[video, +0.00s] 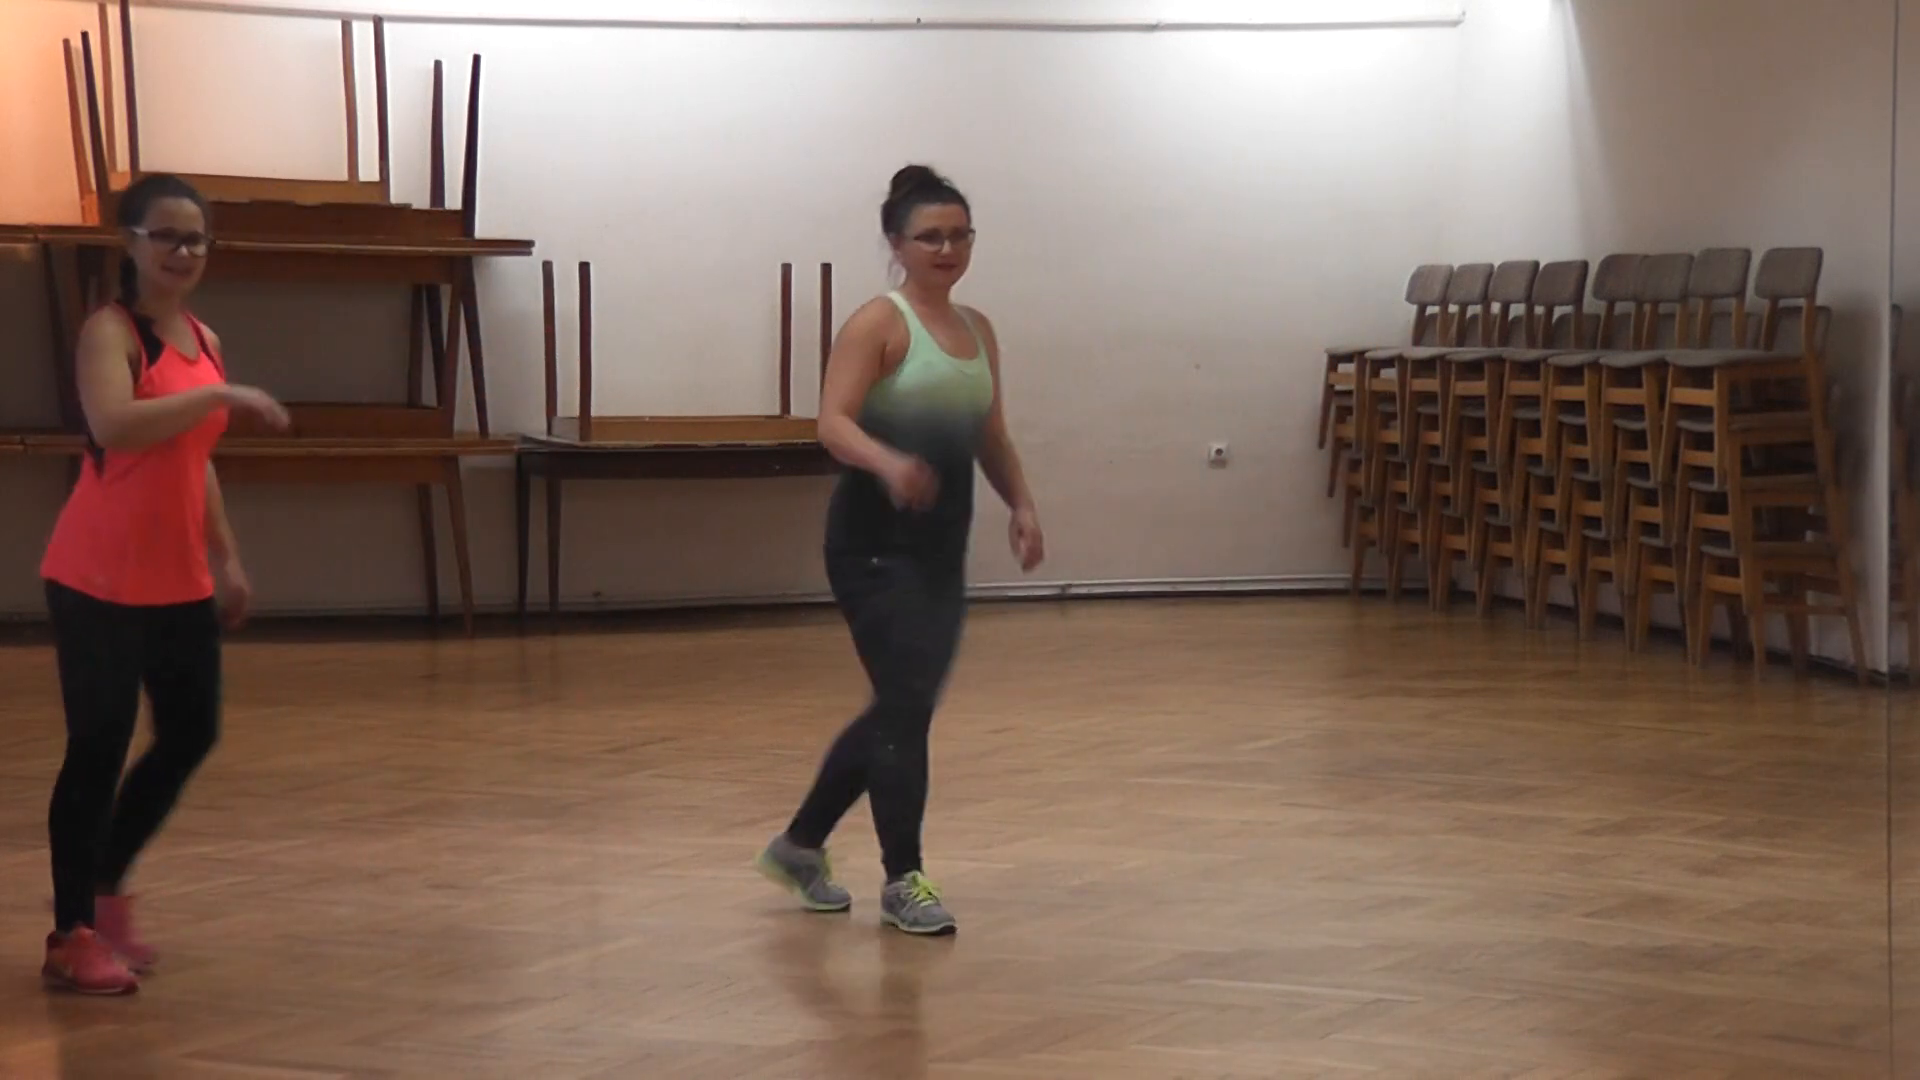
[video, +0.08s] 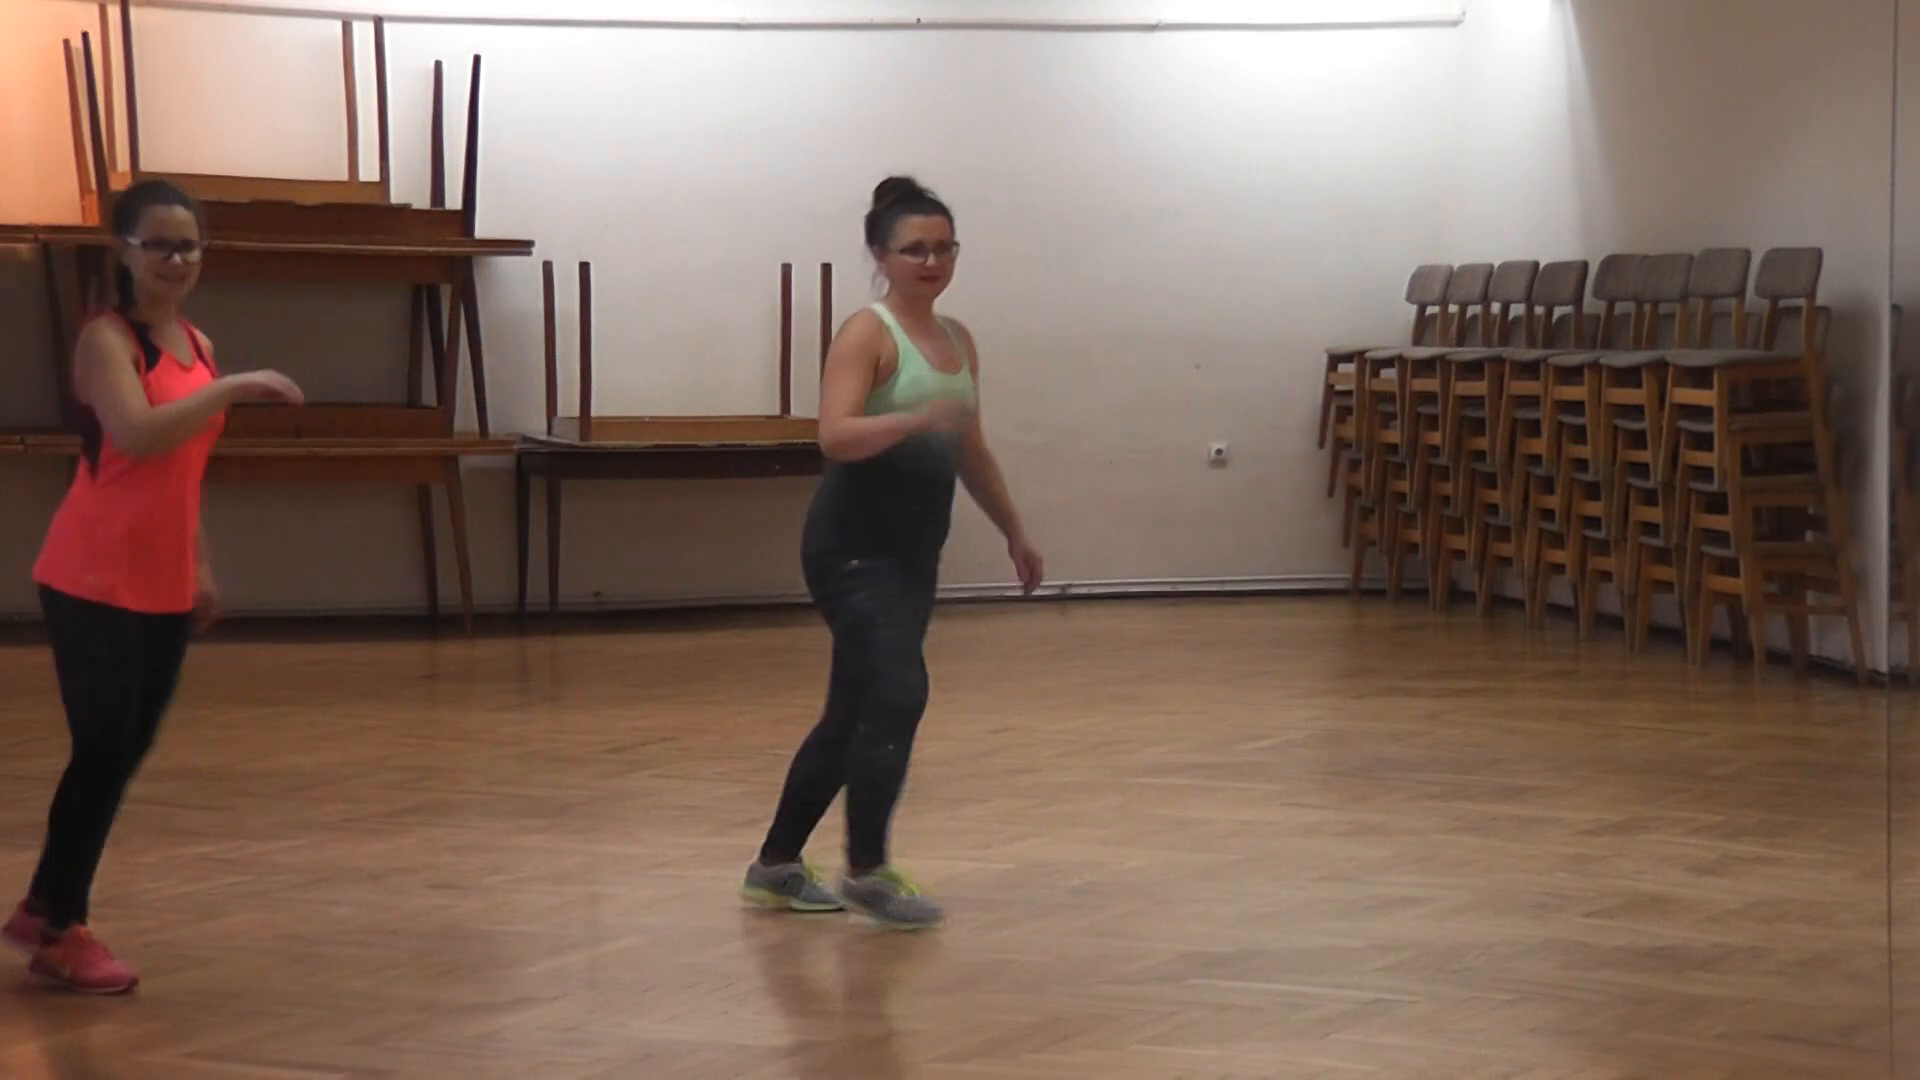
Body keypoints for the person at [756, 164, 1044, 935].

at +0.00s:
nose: (949, 248)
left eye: (960, 234)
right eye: (932, 236)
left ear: (972, 238)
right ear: (896, 243)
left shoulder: (976, 329)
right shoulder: (875, 323)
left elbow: (988, 429)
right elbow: (833, 423)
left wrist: (1021, 502)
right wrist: (888, 462)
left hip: (941, 540)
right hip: (873, 538)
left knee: (905, 702)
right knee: (905, 700)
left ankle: (798, 845)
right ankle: (903, 879)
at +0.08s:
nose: (935, 260)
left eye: (945, 247)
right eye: (917, 248)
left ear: (956, 252)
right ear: (880, 254)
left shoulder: (955, 340)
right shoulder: (864, 333)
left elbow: (971, 451)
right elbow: (834, 437)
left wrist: (1015, 535)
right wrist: (920, 419)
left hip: (913, 551)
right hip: (852, 546)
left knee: (851, 713)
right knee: (899, 691)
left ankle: (775, 864)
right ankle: (867, 871)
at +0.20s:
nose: (920, 261)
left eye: (930, 247)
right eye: (903, 248)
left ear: (939, 252)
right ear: (865, 255)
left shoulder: (924, 334)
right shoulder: (850, 331)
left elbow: (929, 449)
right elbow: (874, 425)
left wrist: (967, 533)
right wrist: (952, 364)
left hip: (894, 546)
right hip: (837, 542)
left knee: (838, 698)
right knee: (876, 687)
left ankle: (777, 859)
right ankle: (775, 842)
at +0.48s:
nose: (918, 268)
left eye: (926, 253)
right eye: (901, 255)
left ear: (930, 257)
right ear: (856, 263)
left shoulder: (882, 340)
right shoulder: (853, 336)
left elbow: (847, 449)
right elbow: (961, 396)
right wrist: (1066, 377)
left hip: (876, 566)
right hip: (813, 565)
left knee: (946, 689)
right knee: (762, 714)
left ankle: (838, 833)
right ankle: (686, 867)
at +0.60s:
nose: (935, 271)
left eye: (942, 257)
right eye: (917, 259)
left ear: (946, 260)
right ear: (876, 266)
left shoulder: (895, 342)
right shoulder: (874, 344)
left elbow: (872, 460)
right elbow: (952, 441)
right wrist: (1062, 485)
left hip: (897, 571)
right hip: (844, 572)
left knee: (943, 706)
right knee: (811, 714)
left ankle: (851, 864)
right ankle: (701, 858)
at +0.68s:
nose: (955, 258)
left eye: (961, 244)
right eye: (937, 246)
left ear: (965, 247)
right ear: (896, 254)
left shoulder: (921, 327)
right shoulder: (895, 331)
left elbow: (908, 448)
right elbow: (923, 449)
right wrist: (981, 532)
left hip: (916, 546)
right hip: (879, 547)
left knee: (935, 702)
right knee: (903, 707)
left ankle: (850, 867)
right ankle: (761, 829)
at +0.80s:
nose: (992, 245)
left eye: (999, 231)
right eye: (974, 233)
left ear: (1006, 233)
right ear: (933, 240)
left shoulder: (968, 314)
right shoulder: (931, 322)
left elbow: (971, 432)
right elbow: (887, 435)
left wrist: (1018, 502)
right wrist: (858, 536)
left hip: (944, 546)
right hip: (932, 550)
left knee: (910, 700)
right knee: (1012, 674)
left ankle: (850, 865)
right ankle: (922, 837)